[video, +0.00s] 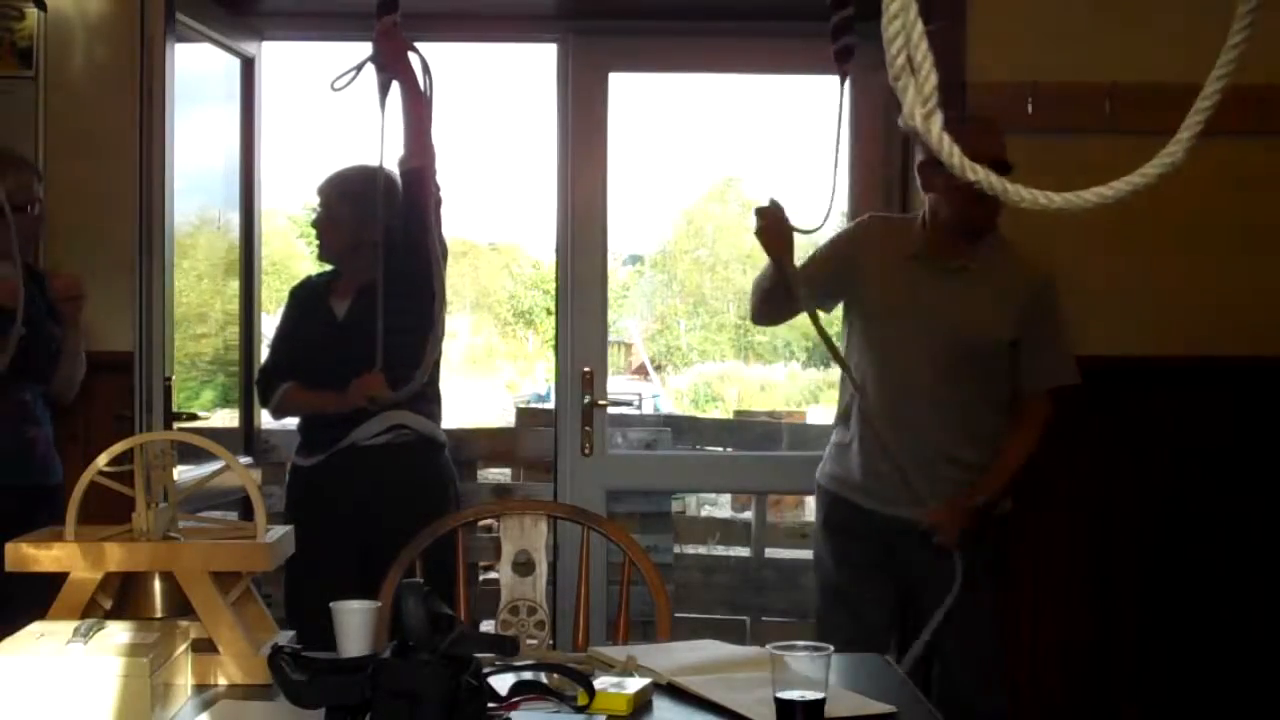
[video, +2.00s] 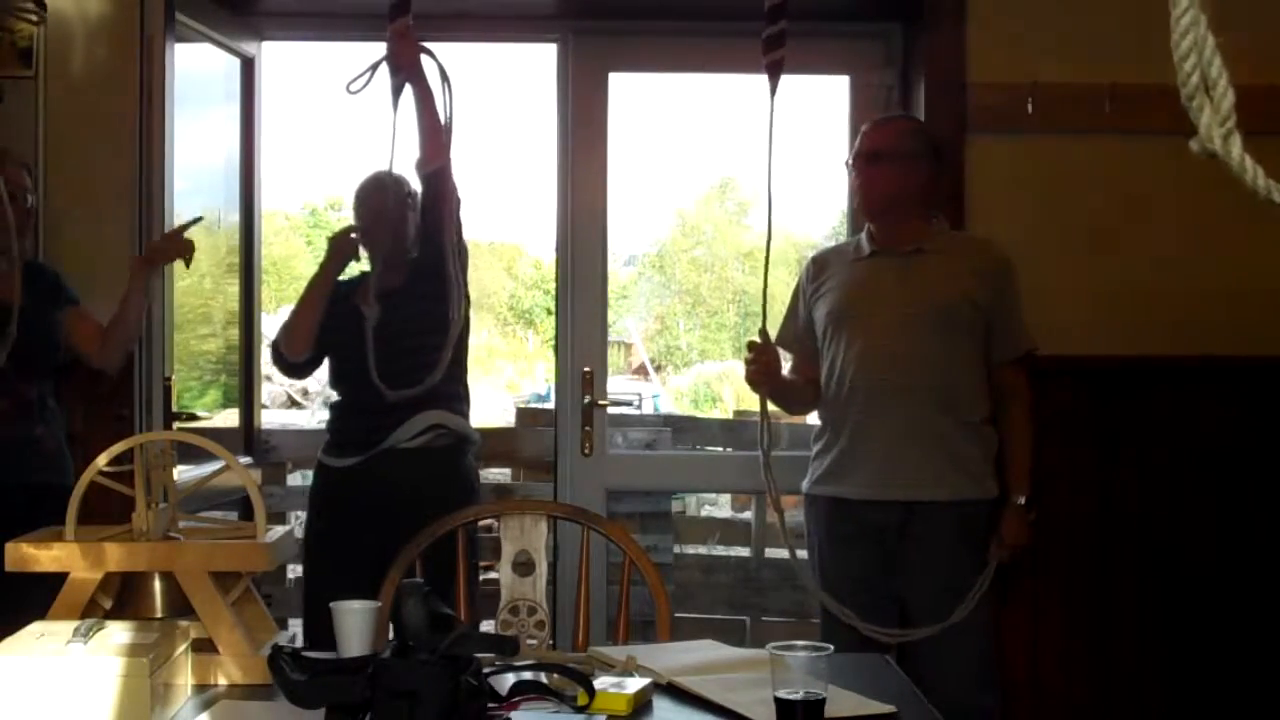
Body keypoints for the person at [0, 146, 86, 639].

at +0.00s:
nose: (33, 215)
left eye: (37, 202)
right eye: (19, 204)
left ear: (44, 206)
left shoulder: (42, 284)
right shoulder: (5, 282)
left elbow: (62, 389)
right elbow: (8, 365)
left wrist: (73, 321)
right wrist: (15, 310)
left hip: (38, 458)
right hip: (8, 457)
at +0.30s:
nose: (36, 215)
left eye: (39, 200)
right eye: (21, 202)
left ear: (46, 202)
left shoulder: (41, 281)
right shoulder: (6, 281)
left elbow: (70, 391)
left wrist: (80, 324)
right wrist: (13, 312)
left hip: (44, 470)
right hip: (12, 472)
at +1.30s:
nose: (38, 214)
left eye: (39, 199)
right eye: (23, 200)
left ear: (42, 207)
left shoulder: (44, 287)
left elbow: (78, 394)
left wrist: (77, 330)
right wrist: (11, 306)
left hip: (44, 464)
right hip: (11, 464)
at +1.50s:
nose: (23, 213)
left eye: (25, 199)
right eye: (12, 200)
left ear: (34, 207)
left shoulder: (39, 282)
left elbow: (96, 368)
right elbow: (96, 366)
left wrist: (96, 283)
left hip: (41, 467)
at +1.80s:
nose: (23, 205)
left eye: (25, 193)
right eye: (11, 193)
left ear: (30, 201)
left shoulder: (35, 281)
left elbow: (88, 375)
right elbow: (87, 374)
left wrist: (122, 314)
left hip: (40, 467)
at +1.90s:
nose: (26, 206)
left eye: (26, 193)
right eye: (13, 193)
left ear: (32, 201)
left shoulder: (32, 280)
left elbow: (99, 367)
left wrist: (142, 288)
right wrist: (9, 253)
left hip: (42, 476)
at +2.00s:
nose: (25, 209)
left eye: (26, 196)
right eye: (14, 196)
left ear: (29, 202)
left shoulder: (34, 280)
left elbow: (106, 354)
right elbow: (105, 353)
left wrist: (145, 267)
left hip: (40, 475)